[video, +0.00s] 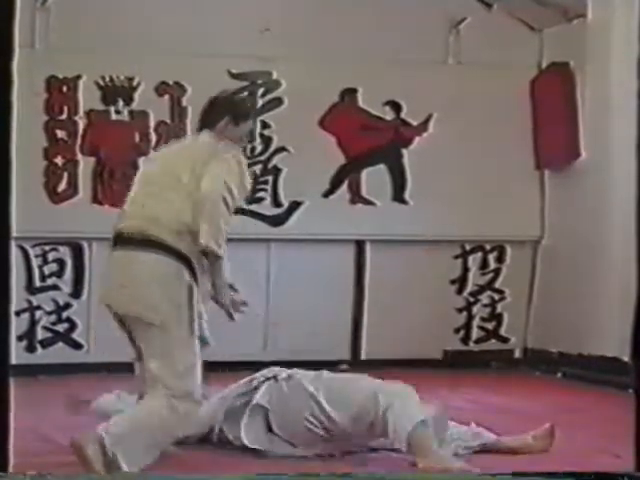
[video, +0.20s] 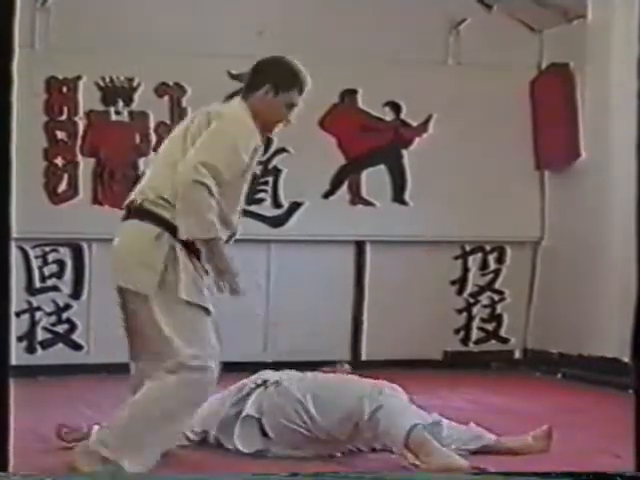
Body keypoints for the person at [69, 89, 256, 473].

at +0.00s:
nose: (248, 141)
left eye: (251, 133)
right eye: (247, 131)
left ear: (209, 122)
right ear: (229, 124)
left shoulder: (169, 153)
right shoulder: (226, 156)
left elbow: (170, 223)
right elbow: (213, 199)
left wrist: (215, 286)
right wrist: (219, 281)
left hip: (119, 270)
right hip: (160, 274)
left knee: (157, 380)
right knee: (182, 399)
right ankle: (108, 444)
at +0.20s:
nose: (288, 117)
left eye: (293, 109)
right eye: (289, 106)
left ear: (261, 92)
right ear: (265, 92)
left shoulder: (218, 116)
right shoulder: (237, 123)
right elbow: (194, 181)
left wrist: (206, 245)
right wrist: (217, 251)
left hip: (138, 238)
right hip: (160, 244)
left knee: (155, 362)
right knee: (197, 368)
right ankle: (103, 454)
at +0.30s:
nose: (301, 112)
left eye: (306, 104)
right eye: (302, 100)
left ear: (275, 87)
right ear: (279, 86)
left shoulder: (238, 117)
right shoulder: (240, 119)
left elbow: (204, 191)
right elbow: (202, 189)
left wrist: (234, 249)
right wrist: (236, 250)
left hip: (161, 244)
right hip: (167, 248)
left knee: (178, 368)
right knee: (182, 371)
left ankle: (134, 446)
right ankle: (102, 456)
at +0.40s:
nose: (321, 108)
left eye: (327, 100)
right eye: (323, 96)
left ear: (295, 79)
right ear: (302, 79)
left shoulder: (258, 112)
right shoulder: (256, 114)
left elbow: (239, 199)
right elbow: (236, 199)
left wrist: (282, 234)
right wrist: (287, 236)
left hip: (201, 250)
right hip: (185, 248)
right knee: (182, 380)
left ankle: (188, 436)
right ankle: (95, 457)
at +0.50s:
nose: (345, 103)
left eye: (350, 94)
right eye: (346, 90)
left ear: (318, 75)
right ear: (323, 74)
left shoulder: (276, 103)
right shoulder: (283, 108)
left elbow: (261, 198)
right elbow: (269, 195)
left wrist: (316, 220)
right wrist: (320, 216)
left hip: (229, 248)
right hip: (207, 244)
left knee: (273, 332)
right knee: (188, 369)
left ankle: (241, 436)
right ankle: (101, 453)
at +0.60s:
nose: (379, 95)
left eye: (384, 87)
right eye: (379, 84)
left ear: (350, 71)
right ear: (357, 71)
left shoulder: (310, 95)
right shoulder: (328, 103)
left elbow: (299, 177)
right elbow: (308, 180)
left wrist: (343, 203)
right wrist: (354, 216)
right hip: (252, 237)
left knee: (314, 345)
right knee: (222, 355)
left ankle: (304, 457)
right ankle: (118, 441)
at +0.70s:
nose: (404, 98)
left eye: (408, 89)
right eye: (404, 86)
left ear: (378, 74)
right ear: (382, 73)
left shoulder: (343, 101)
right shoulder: (347, 101)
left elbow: (327, 180)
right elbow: (331, 178)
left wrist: (364, 220)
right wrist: (371, 221)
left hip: (314, 247)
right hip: (284, 240)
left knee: (342, 360)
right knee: (277, 370)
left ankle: (303, 464)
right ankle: (167, 424)